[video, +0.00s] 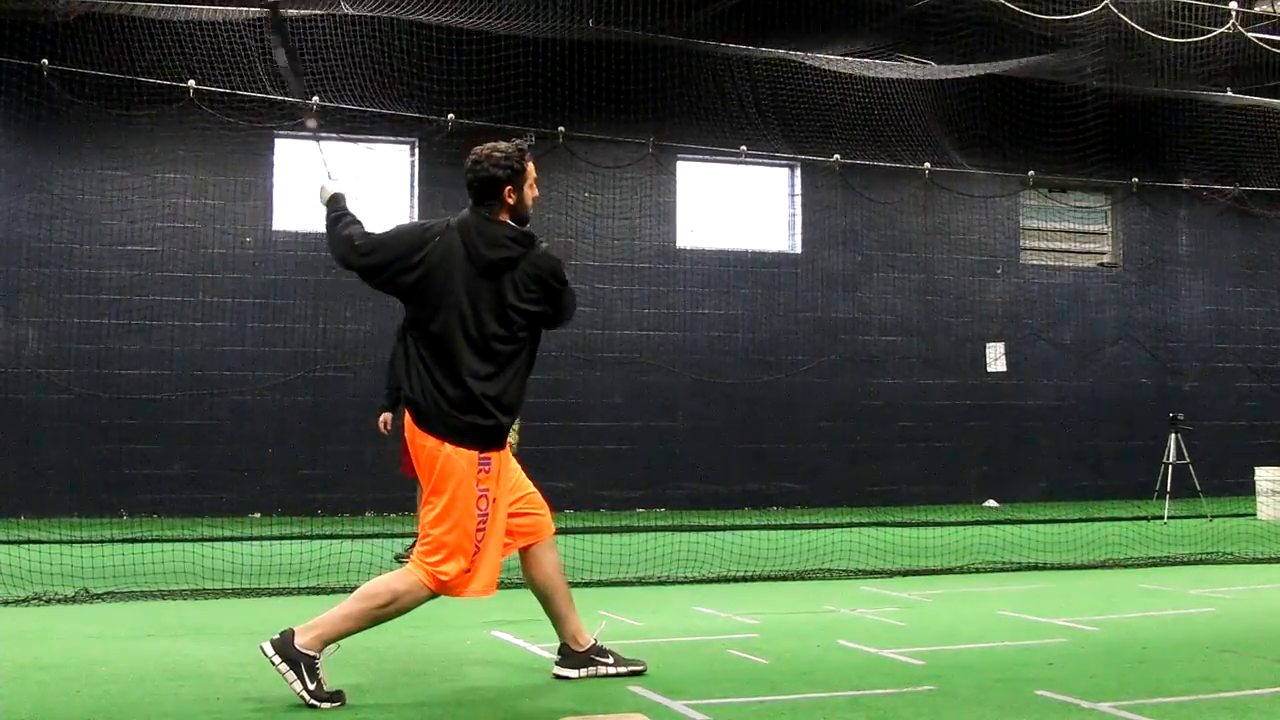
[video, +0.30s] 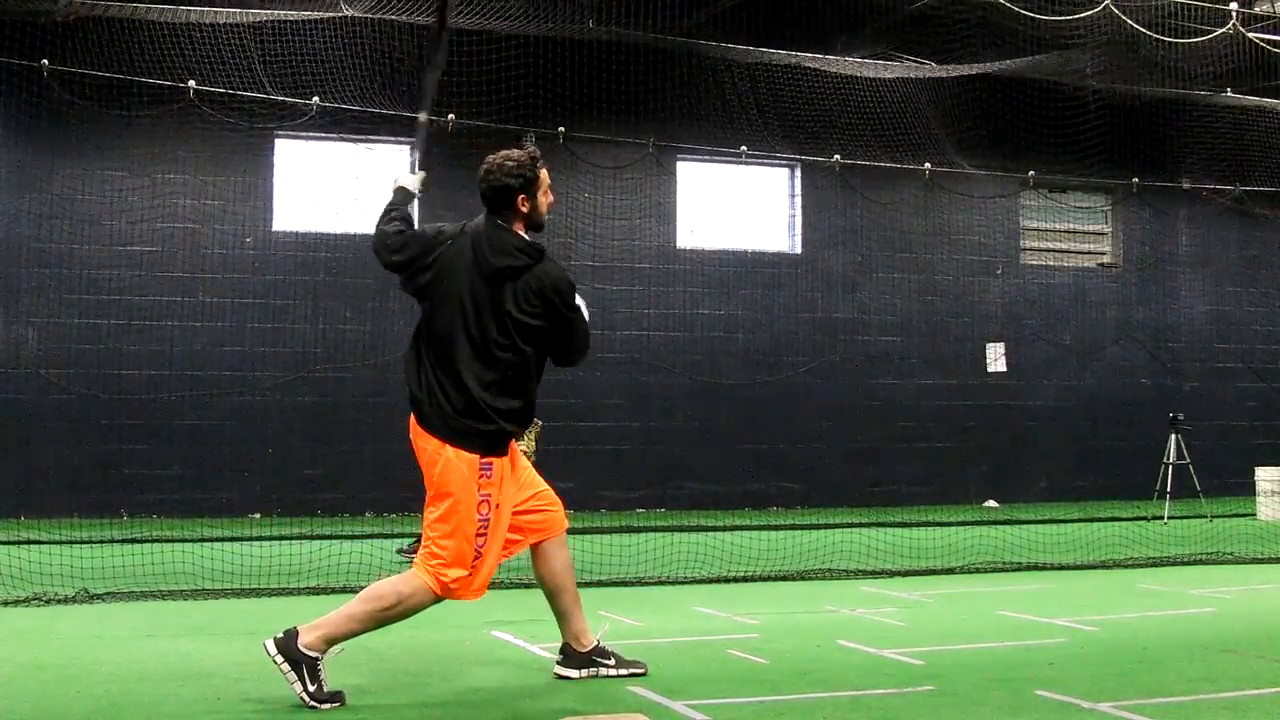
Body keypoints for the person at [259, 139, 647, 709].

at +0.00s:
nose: (537, 190)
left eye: (534, 180)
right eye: (532, 182)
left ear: (477, 191)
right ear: (513, 193)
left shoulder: (433, 241)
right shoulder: (534, 263)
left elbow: (354, 251)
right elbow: (562, 310)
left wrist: (336, 206)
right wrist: (524, 246)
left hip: (431, 423)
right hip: (471, 438)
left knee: (534, 525)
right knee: (436, 571)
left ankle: (578, 647)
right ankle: (301, 644)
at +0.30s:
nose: (553, 195)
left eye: (549, 186)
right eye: (547, 188)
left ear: (498, 201)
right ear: (524, 202)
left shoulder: (446, 245)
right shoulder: (544, 277)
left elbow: (390, 243)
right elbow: (572, 349)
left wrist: (403, 193)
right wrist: (572, 307)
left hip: (441, 426)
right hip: (475, 443)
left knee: (546, 522)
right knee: (441, 575)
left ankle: (580, 647)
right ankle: (303, 644)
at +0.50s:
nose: (564, 199)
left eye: (561, 191)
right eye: (558, 193)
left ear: (512, 204)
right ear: (535, 205)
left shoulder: (458, 246)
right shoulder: (548, 289)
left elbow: (420, 241)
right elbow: (565, 382)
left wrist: (451, 200)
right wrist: (594, 374)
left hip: (449, 421)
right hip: (478, 442)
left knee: (553, 515)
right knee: (442, 575)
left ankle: (581, 647)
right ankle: (304, 644)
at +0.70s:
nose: (438, 147)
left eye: (437, 137)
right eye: (430, 137)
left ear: (403, 143)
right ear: (395, 143)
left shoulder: (434, 199)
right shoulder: (335, 200)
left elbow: (447, 241)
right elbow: (263, 233)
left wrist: (378, 188)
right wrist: (326, 187)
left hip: (415, 383)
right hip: (339, 387)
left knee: (455, 521)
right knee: (335, 526)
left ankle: (462, 630)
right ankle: (321, 658)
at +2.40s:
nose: (448, 183)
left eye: (447, 172)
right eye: (438, 174)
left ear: (413, 181)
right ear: (404, 182)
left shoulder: (440, 238)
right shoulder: (339, 215)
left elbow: (435, 310)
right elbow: (260, 265)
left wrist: (379, 275)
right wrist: (329, 248)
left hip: (405, 398)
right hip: (328, 404)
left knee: (446, 511)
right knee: (341, 527)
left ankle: (435, 632)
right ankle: (321, 657)